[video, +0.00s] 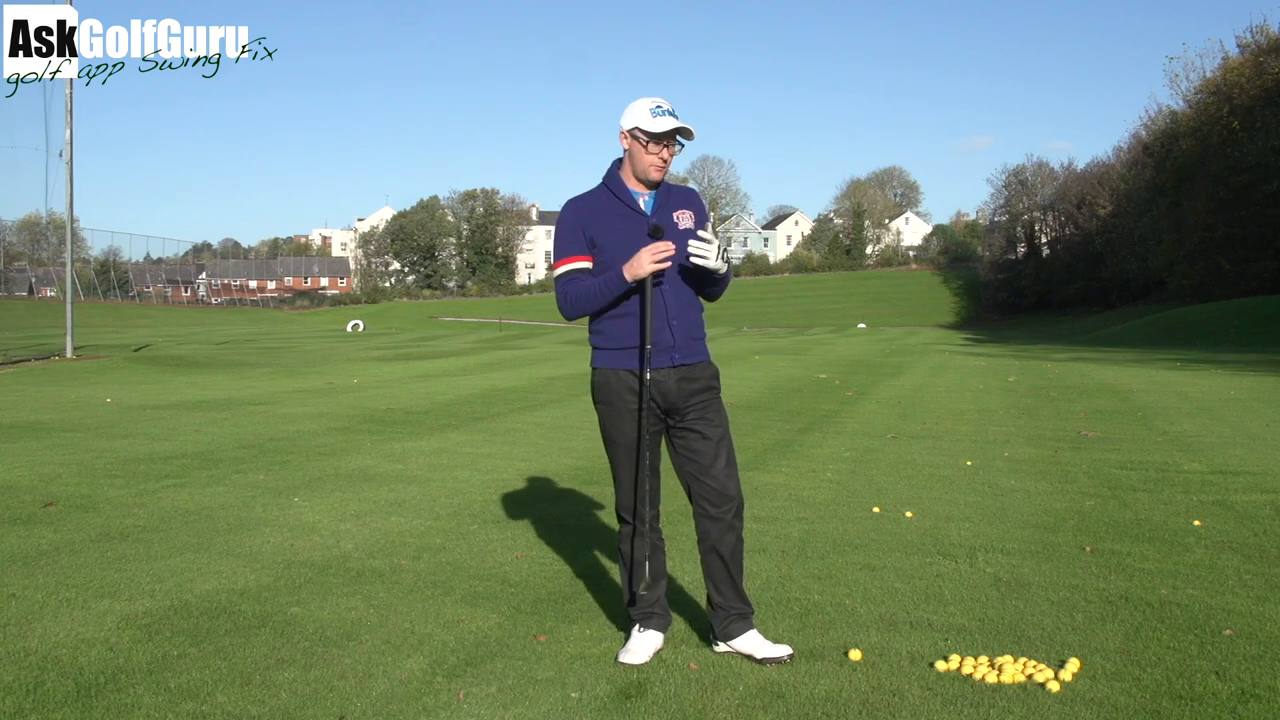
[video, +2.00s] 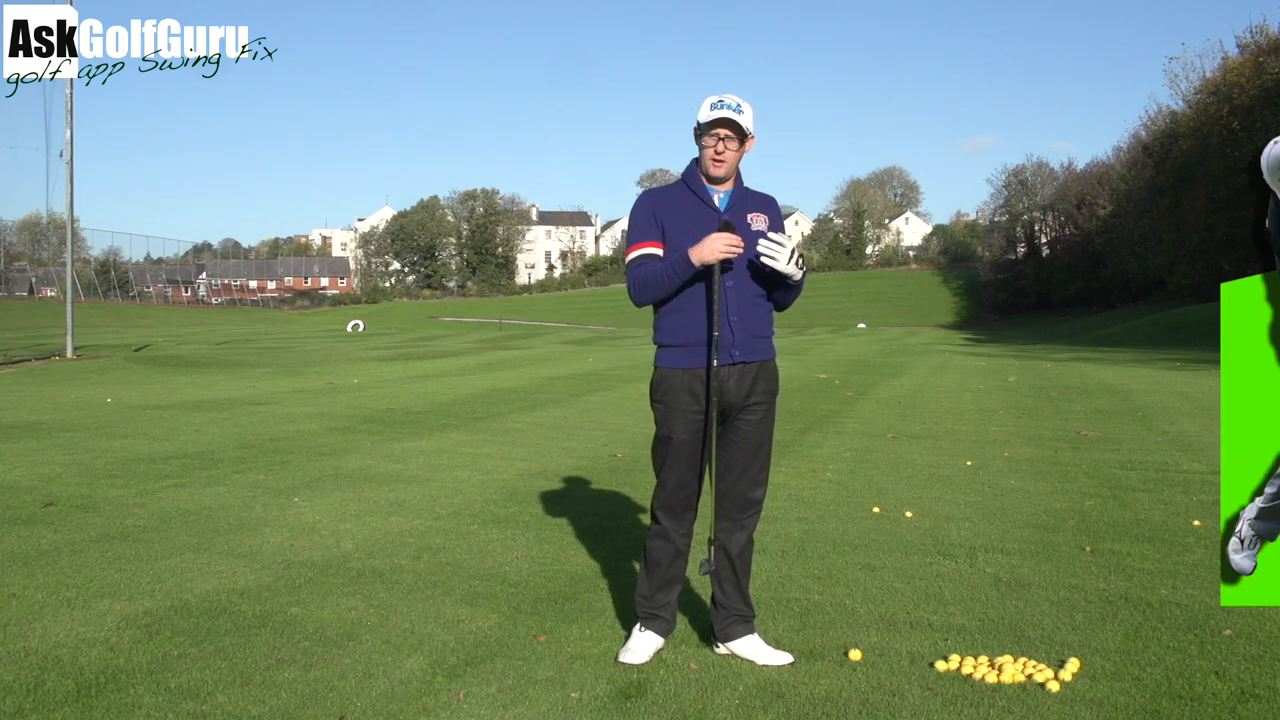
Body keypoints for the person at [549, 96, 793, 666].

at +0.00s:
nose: (666, 153)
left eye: (673, 144)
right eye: (655, 141)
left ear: (676, 148)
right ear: (627, 140)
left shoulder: (687, 203)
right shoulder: (581, 212)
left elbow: (711, 291)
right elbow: (570, 300)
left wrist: (714, 267)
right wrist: (628, 272)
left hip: (691, 372)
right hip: (622, 378)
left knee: (721, 499)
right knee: (636, 506)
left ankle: (732, 624)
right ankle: (648, 620)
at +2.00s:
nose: (719, 145)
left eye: (730, 137)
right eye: (711, 135)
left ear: (746, 145)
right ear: (697, 142)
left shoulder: (764, 209)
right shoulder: (655, 205)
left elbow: (780, 299)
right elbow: (642, 288)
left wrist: (790, 271)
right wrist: (694, 255)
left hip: (752, 373)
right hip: (682, 375)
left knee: (740, 507)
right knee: (674, 504)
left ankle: (734, 627)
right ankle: (653, 621)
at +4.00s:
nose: (702, 146)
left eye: (713, 138)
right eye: (693, 137)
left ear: (733, 144)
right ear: (681, 141)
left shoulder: (760, 203)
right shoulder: (648, 197)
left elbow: (781, 281)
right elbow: (648, 257)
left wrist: (762, 297)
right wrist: (686, 191)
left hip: (735, 374)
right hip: (662, 374)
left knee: (731, 511)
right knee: (658, 508)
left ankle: (733, 623)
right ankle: (652, 620)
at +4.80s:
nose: (702, 145)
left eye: (712, 135)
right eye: (692, 136)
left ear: (730, 141)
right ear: (680, 142)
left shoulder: (755, 203)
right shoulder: (644, 203)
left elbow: (780, 283)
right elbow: (625, 288)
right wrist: (660, 257)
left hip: (737, 375)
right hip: (664, 377)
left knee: (731, 510)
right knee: (660, 506)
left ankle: (733, 625)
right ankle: (651, 620)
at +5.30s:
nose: (691, 144)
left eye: (702, 135)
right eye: (682, 134)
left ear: (717, 142)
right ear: (668, 138)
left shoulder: (743, 200)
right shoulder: (628, 207)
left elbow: (768, 280)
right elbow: (617, 292)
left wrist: (746, 327)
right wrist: (675, 300)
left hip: (723, 374)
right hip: (650, 375)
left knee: (723, 507)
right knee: (651, 508)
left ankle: (729, 622)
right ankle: (651, 620)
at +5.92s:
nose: (652, 150)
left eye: (662, 140)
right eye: (643, 140)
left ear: (677, 147)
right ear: (629, 146)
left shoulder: (707, 202)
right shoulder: (595, 215)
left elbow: (724, 281)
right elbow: (602, 305)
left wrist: (706, 335)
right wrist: (661, 340)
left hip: (694, 374)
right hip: (624, 377)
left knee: (715, 503)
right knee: (635, 505)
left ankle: (729, 622)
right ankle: (648, 618)